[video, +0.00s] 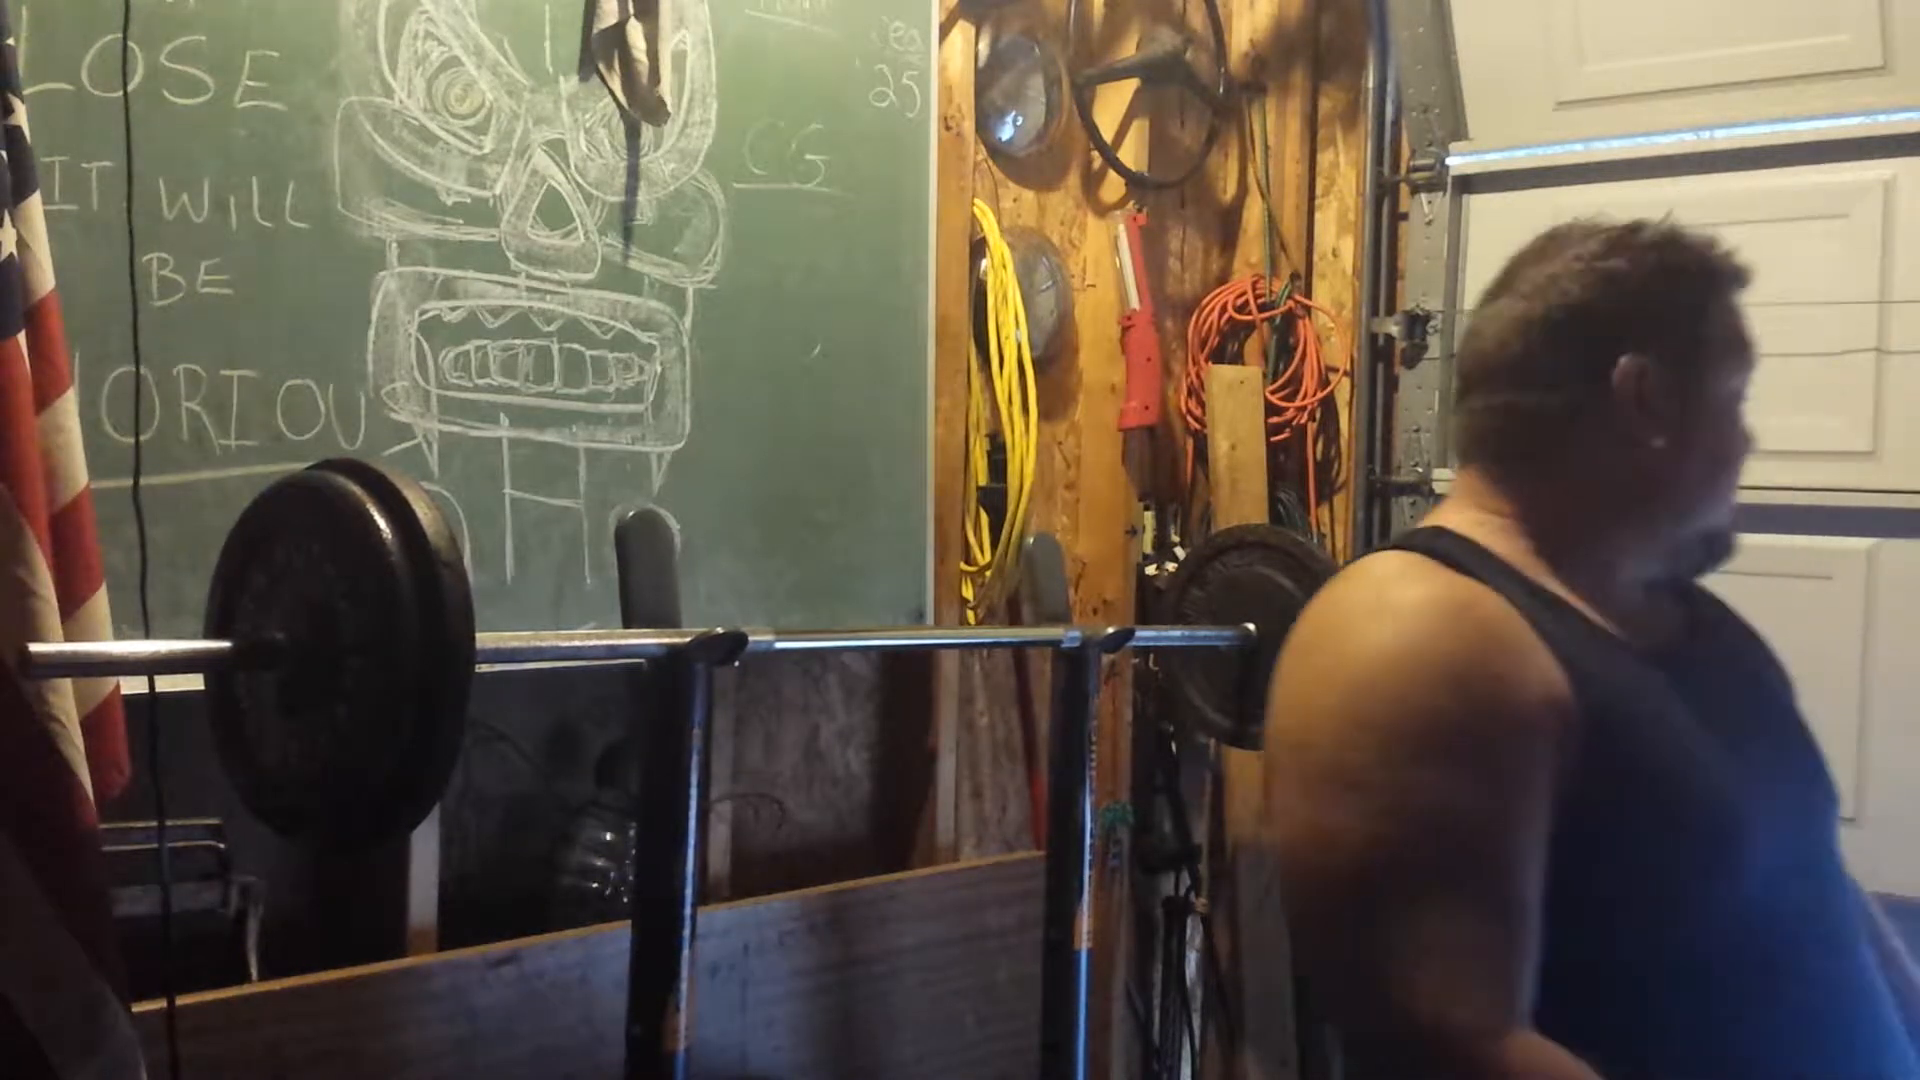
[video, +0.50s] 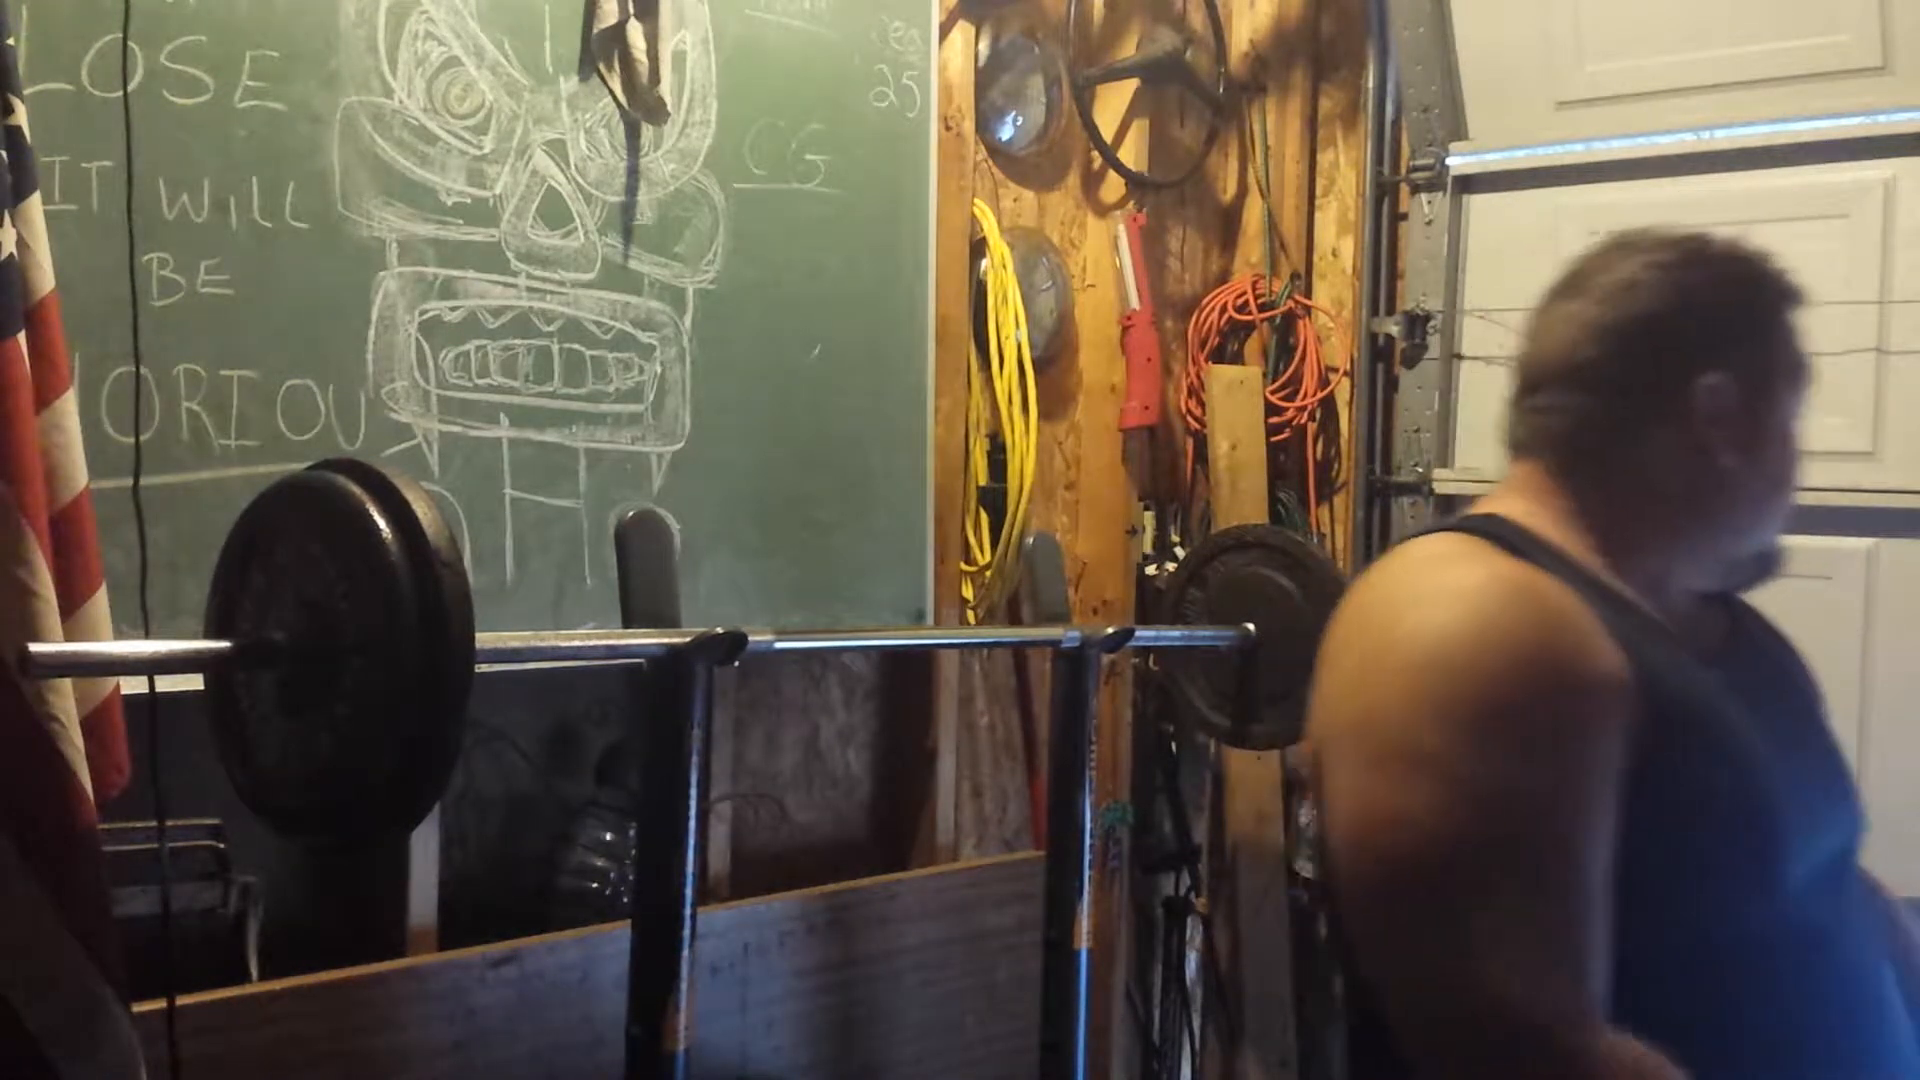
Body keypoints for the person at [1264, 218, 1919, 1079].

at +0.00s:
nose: (1746, 441)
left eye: (1741, 402)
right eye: (1733, 399)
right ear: (1642, 399)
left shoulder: (1680, 614)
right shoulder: (1417, 648)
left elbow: (1811, 889)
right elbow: (1447, 1041)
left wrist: (1903, 999)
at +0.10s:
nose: (1719, 454)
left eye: (1716, 417)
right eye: (1707, 416)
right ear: (1625, 407)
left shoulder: (1656, 617)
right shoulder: (1388, 640)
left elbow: (1790, 876)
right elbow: (1428, 1040)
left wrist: (1903, 1001)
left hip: (1832, 1052)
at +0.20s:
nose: (1706, 458)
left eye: (1704, 423)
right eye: (1694, 420)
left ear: (1613, 415)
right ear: (1613, 414)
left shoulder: (1639, 616)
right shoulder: (1382, 638)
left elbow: (1773, 865)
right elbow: (1428, 1031)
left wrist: (1900, 993)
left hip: (1826, 1044)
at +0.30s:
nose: (1713, 461)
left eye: (1712, 425)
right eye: (1704, 423)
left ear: (1623, 416)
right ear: (1623, 414)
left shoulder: (1648, 616)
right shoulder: (1395, 633)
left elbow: (1778, 861)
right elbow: (1442, 1025)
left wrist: (1904, 998)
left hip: (1824, 1041)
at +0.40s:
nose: (1741, 457)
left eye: (1740, 419)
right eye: (1736, 417)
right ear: (1659, 414)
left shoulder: (1674, 620)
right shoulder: (1423, 630)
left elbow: (1794, 876)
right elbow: (1477, 1035)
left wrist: (1904, 986)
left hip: (1837, 1052)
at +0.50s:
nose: (1797, 458)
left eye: (1795, 419)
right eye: (1789, 417)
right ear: (1714, 415)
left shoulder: (1704, 616)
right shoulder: (1475, 635)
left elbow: (1820, 886)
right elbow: (1521, 1046)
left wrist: (1893, 941)